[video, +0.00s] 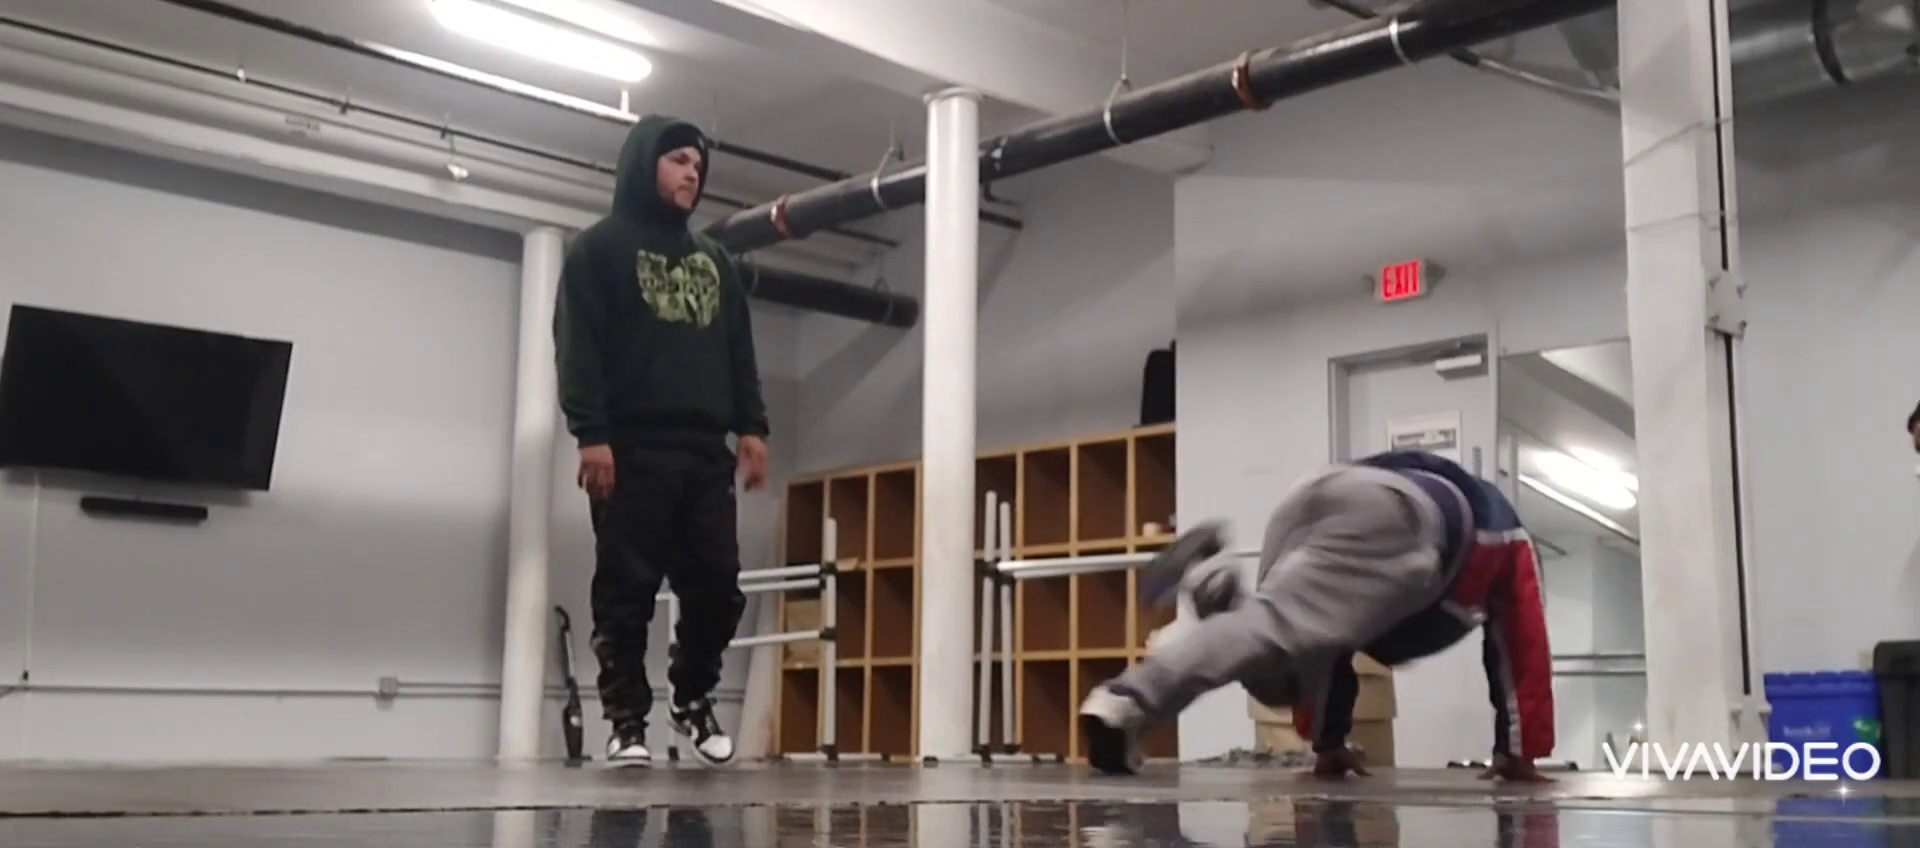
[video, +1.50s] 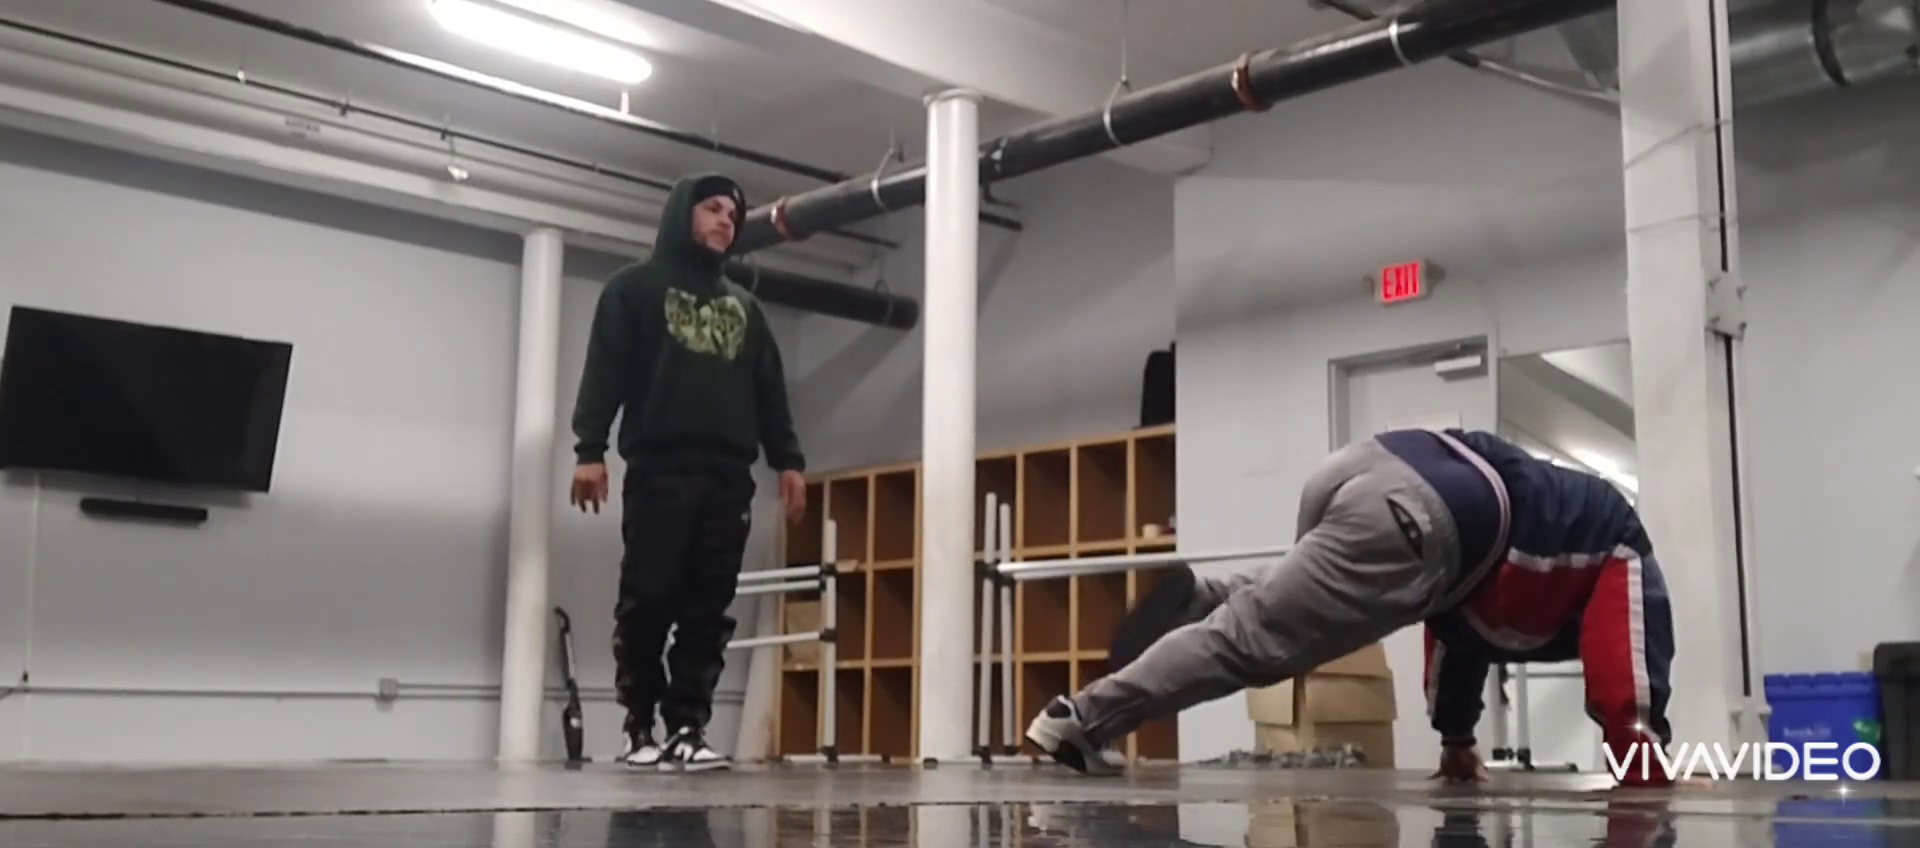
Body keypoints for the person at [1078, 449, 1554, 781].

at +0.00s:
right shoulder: (1506, 539)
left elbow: (1334, 639)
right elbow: (1518, 650)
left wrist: (1331, 747)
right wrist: (1518, 755)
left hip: (1320, 492)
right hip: (1398, 508)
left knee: (1289, 684)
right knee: (1278, 627)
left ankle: (1209, 588)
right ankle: (1125, 701)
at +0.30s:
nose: (1504, 660)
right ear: (1535, 581)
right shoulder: (1517, 542)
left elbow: (1337, 636)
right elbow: (1521, 659)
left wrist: (1353, 745)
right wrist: (1523, 760)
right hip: (1334, 510)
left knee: (1331, 685)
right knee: (1223, 610)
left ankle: (1257, 709)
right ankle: (1103, 704)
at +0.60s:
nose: (1494, 640)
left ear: (1474, 612)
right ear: (1516, 587)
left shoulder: (1409, 598)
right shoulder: (1501, 539)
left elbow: (1350, 650)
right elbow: (1508, 652)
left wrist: (1349, 743)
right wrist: (1524, 756)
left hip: (1305, 558)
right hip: (1296, 483)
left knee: (1267, 664)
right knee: (1208, 595)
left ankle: (1124, 678)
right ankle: (1074, 698)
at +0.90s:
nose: (1493, 642)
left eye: (1488, 632)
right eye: (1501, 640)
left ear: (1467, 607)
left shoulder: (1397, 585)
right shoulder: (1521, 529)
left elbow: (1365, 646)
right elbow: (1531, 646)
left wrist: (1357, 745)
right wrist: (1570, 758)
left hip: (1271, 441)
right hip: (1340, 464)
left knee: (1218, 584)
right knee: (1213, 606)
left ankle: (1100, 590)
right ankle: (1071, 713)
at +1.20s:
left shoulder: (1448, 584)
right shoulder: (1574, 553)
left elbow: (1416, 650)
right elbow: (1594, 651)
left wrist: (1421, 751)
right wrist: (1650, 761)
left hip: (1341, 437)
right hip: (1390, 486)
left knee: (1241, 569)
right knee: (1227, 621)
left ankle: (1150, 524)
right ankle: (1073, 715)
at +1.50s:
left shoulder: (1506, 575)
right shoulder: (1624, 547)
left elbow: (1454, 645)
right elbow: (1618, 680)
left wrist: (1457, 751)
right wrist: (1645, 764)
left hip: (1351, 463)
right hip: (1419, 516)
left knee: (1323, 591)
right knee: (1244, 640)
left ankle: (1211, 597)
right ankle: (1077, 720)